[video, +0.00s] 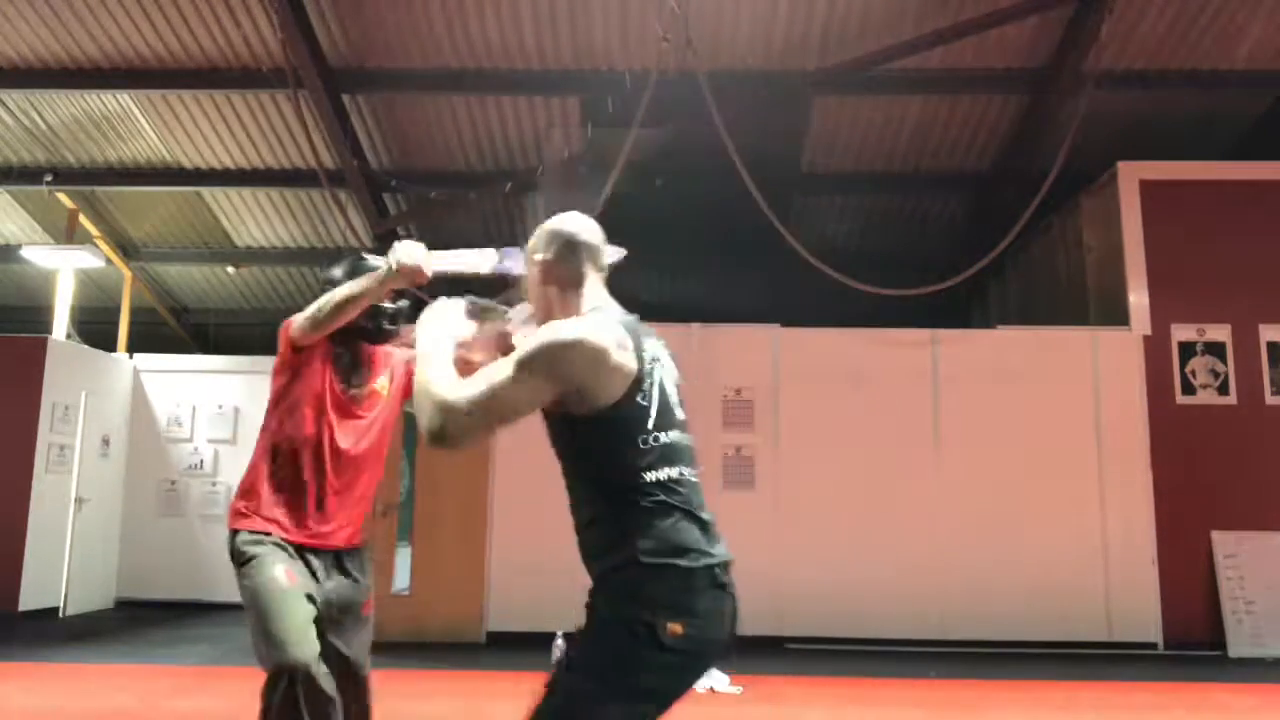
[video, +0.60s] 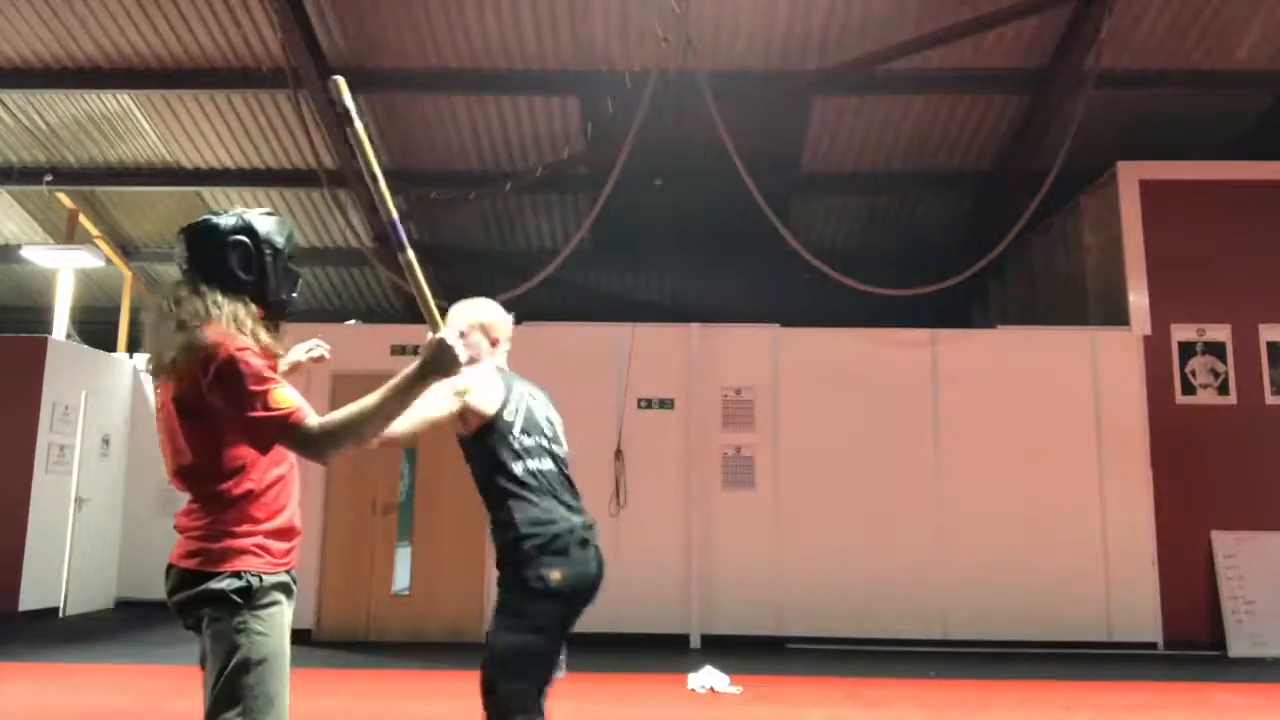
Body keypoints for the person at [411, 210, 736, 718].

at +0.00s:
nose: (525, 292)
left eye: (527, 274)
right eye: (527, 276)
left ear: (543, 269)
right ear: (599, 270)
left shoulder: (574, 343)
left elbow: (444, 421)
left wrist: (432, 337)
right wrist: (492, 357)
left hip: (653, 605)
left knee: (562, 709)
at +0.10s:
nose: (491, 304)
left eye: (492, 286)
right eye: (491, 287)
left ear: (510, 278)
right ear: (560, 276)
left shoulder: (550, 351)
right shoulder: (603, 341)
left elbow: (464, 457)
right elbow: (551, 394)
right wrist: (459, 379)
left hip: (638, 595)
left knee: (527, 711)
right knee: (541, 705)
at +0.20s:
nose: (484, 308)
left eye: (486, 290)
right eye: (483, 293)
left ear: (511, 278)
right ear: (552, 284)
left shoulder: (531, 358)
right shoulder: (598, 351)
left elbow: (446, 459)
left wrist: (395, 415)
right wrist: (503, 371)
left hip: (613, 592)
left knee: (538, 705)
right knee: (523, 681)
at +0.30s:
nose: (482, 315)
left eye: (486, 297)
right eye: (482, 300)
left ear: (521, 285)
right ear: (538, 291)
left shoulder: (522, 351)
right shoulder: (593, 361)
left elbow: (403, 402)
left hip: (593, 592)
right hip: (629, 588)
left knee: (532, 708)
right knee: (547, 704)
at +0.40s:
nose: (465, 329)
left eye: (474, 315)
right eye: (466, 318)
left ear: (512, 311)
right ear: (523, 314)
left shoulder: (516, 360)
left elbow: (419, 389)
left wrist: (342, 339)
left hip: (573, 580)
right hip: (599, 575)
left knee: (537, 704)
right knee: (553, 704)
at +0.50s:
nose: (457, 350)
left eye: (469, 339)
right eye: (458, 339)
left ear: (506, 346)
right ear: (507, 348)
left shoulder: (494, 387)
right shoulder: (554, 408)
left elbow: (446, 434)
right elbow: (606, 501)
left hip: (555, 575)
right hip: (587, 571)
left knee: (545, 704)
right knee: (515, 685)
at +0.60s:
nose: (448, 346)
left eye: (457, 335)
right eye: (448, 336)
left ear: (492, 340)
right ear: (501, 344)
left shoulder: (475, 383)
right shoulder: (536, 397)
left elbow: (388, 426)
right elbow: (556, 468)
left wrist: (329, 428)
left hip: (540, 563)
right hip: (578, 555)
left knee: (507, 695)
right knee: (520, 689)